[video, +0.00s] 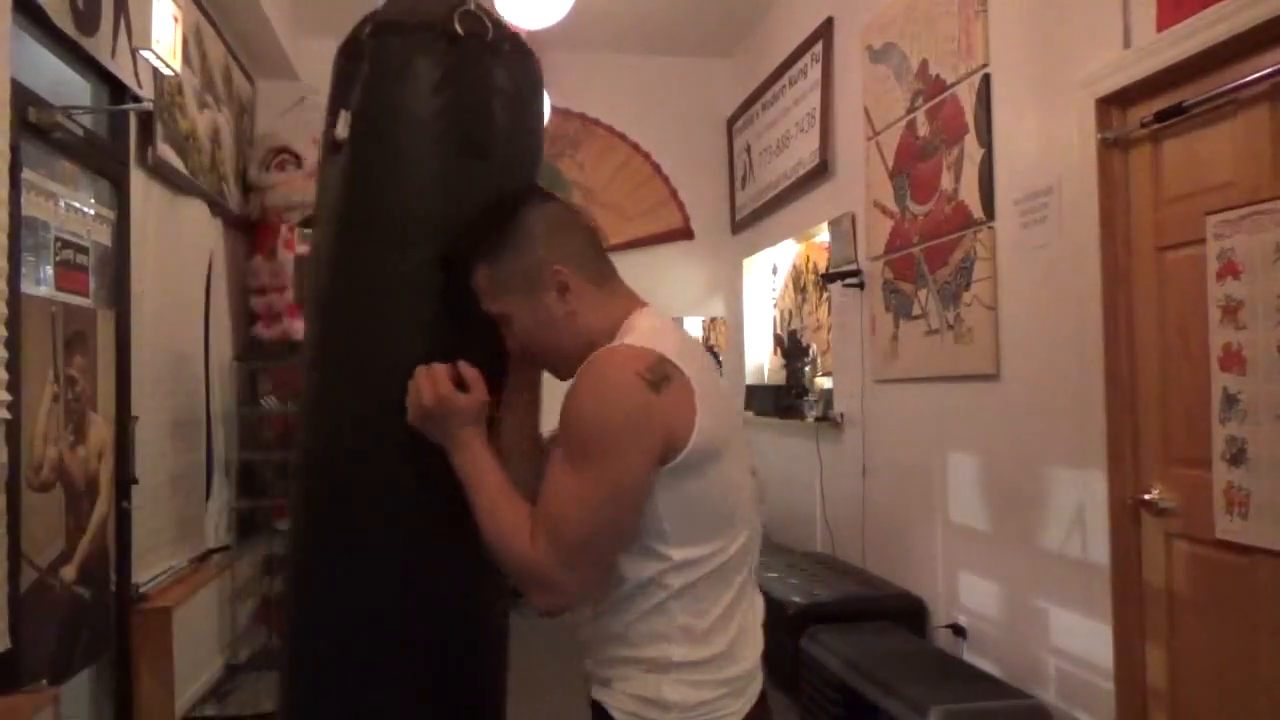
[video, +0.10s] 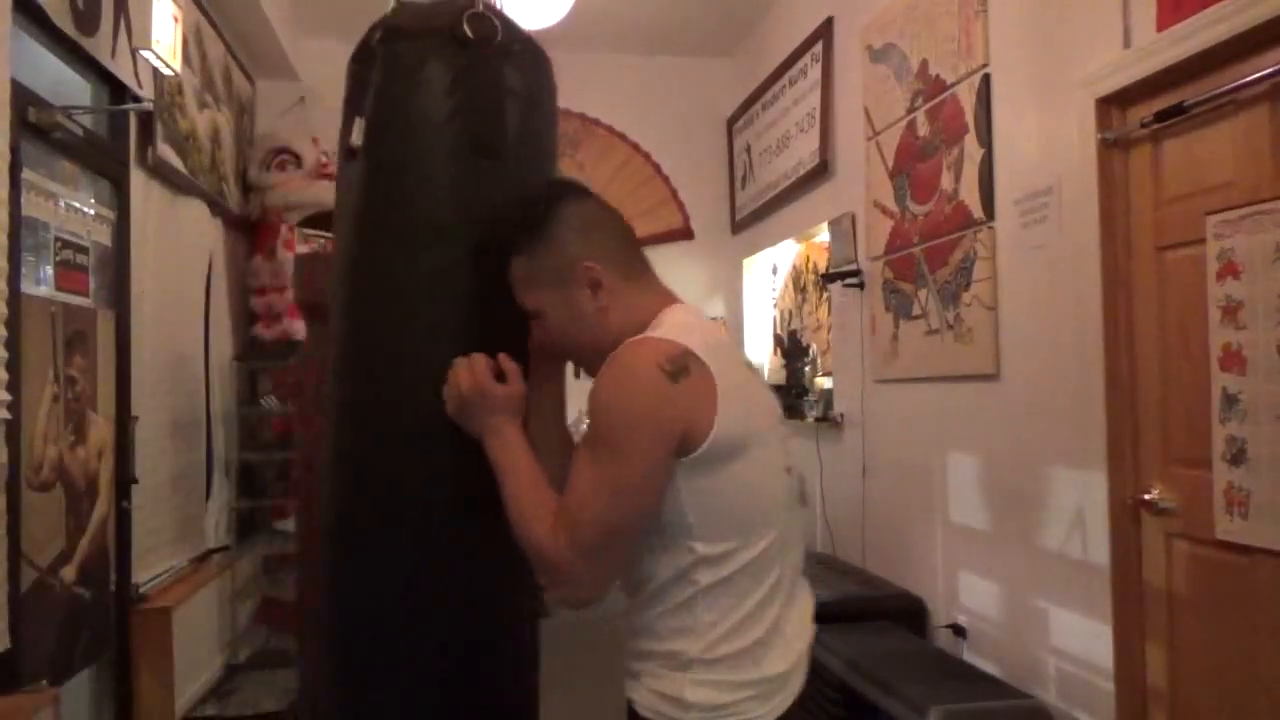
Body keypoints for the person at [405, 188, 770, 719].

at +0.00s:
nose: (511, 347)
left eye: (506, 321)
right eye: (498, 326)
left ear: (561, 289)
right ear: (565, 288)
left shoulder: (621, 377)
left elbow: (553, 581)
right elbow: (529, 501)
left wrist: (461, 440)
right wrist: (522, 364)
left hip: (662, 704)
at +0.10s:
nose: (539, 339)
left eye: (539, 315)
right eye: (532, 318)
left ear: (593, 286)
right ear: (596, 282)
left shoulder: (647, 371)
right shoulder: (697, 339)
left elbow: (574, 573)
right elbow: (570, 512)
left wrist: (496, 431)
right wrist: (547, 362)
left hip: (700, 699)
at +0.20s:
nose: (604, 347)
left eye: (600, 321)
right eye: (591, 326)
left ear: (652, 289)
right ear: (654, 289)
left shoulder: (718, 373)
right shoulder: (742, 359)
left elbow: (633, 570)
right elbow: (597, 487)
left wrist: (536, 444)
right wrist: (570, 360)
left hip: (742, 704)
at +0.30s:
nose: (649, 350)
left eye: (650, 329)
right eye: (641, 333)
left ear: (708, 302)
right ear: (710, 301)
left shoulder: (783, 399)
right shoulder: (768, 388)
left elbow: (709, 587)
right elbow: (643, 502)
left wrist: (589, 474)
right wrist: (632, 380)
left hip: (787, 705)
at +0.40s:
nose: (686, 349)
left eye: (687, 331)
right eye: (680, 334)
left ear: (744, 304)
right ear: (745, 304)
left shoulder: (813, 387)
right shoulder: (794, 379)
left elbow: (770, 573)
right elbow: (714, 522)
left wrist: (636, 504)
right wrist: (694, 397)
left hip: (819, 698)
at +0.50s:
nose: (714, 336)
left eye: (711, 317)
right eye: (706, 321)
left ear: (762, 290)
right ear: (766, 290)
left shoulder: (806, 349)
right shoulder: (853, 343)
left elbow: (778, 534)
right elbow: (750, 504)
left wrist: (639, 475)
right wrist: (733, 389)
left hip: (836, 686)